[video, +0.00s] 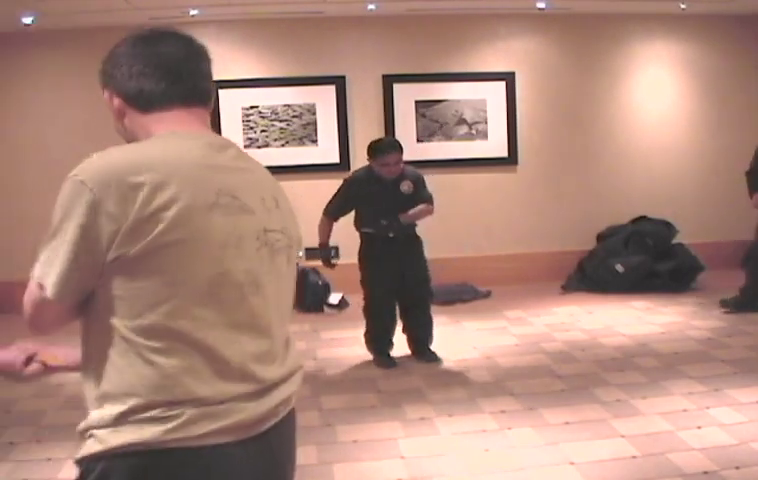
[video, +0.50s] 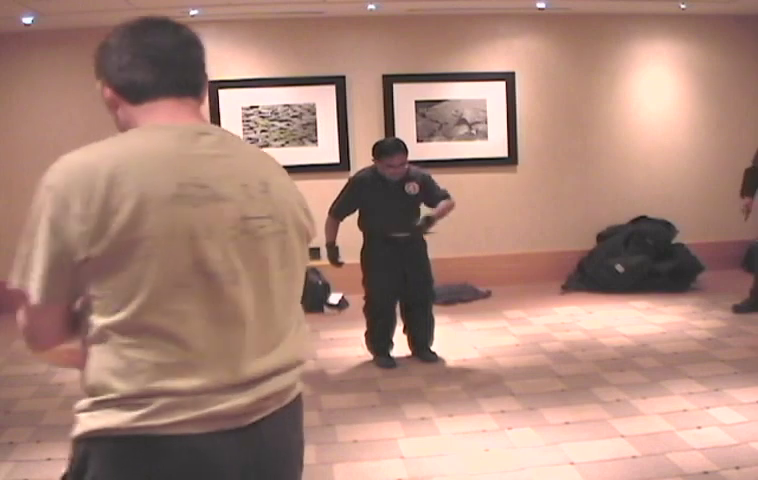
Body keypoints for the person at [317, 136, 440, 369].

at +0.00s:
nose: (392, 170)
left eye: (396, 164)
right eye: (385, 165)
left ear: (402, 160)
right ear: (372, 164)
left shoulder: (412, 178)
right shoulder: (358, 182)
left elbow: (427, 206)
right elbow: (328, 215)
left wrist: (400, 220)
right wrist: (324, 246)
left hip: (407, 244)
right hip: (375, 247)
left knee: (417, 296)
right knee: (379, 300)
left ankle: (421, 346)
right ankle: (380, 350)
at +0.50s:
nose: (399, 171)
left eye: (402, 165)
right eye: (392, 167)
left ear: (408, 160)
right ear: (378, 164)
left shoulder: (418, 178)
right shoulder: (362, 182)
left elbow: (446, 202)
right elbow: (334, 215)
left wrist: (432, 218)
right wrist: (330, 245)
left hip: (412, 246)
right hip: (379, 247)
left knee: (419, 297)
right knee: (380, 301)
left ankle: (421, 346)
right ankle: (381, 350)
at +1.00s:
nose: (405, 172)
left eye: (409, 166)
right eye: (398, 168)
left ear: (414, 161)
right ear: (384, 164)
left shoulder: (422, 177)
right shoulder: (367, 182)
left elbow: (456, 191)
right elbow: (336, 214)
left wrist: (453, 211)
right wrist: (333, 245)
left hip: (413, 247)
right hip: (378, 249)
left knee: (420, 297)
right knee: (381, 301)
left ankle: (421, 346)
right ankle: (380, 350)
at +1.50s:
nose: (403, 167)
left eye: (407, 161)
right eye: (396, 162)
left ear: (414, 157)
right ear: (384, 162)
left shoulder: (427, 179)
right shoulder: (371, 180)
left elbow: (443, 206)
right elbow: (347, 215)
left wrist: (439, 227)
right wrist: (358, 241)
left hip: (417, 248)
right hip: (381, 248)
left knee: (423, 297)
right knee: (380, 300)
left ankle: (421, 346)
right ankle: (379, 349)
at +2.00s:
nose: (387, 165)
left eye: (391, 160)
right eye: (381, 161)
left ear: (399, 158)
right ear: (370, 161)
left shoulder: (412, 181)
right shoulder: (357, 181)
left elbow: (426, 210)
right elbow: (342, 214)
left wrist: (409, 227)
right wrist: (374, 218)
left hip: (404, 248)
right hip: (370, 250)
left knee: (417, 298)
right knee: (369, 299)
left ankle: (420, 345)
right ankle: (373, 342)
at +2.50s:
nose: (398, 172)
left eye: (404, 166)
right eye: (392, 166)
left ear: (411, 166)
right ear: (381, 166)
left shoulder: (419, 190)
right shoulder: (365, 182)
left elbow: (427, 224)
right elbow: (340, 211)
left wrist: (410, 234)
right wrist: (360, 226)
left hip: (402, 250)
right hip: (367, 250)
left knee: (412, 302)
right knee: (365, 299)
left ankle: (422, 354)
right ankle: (374, 341)